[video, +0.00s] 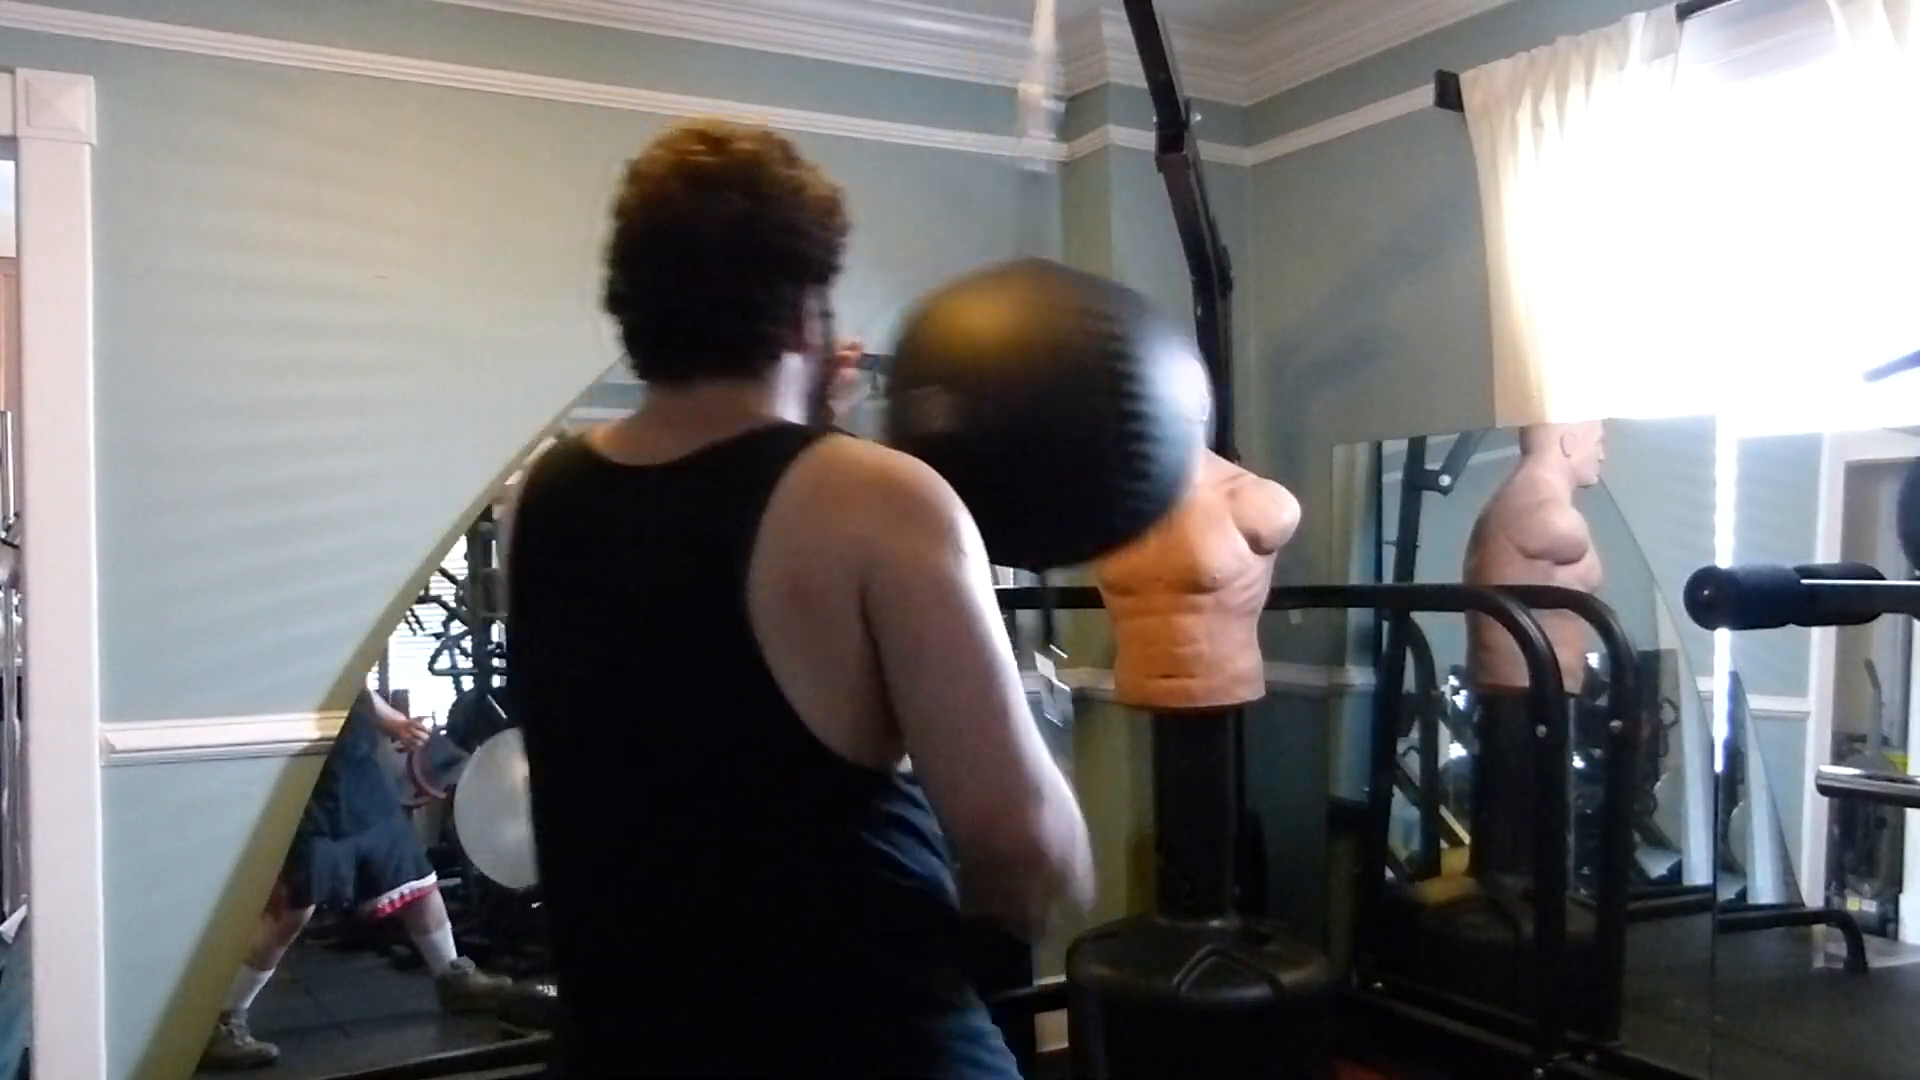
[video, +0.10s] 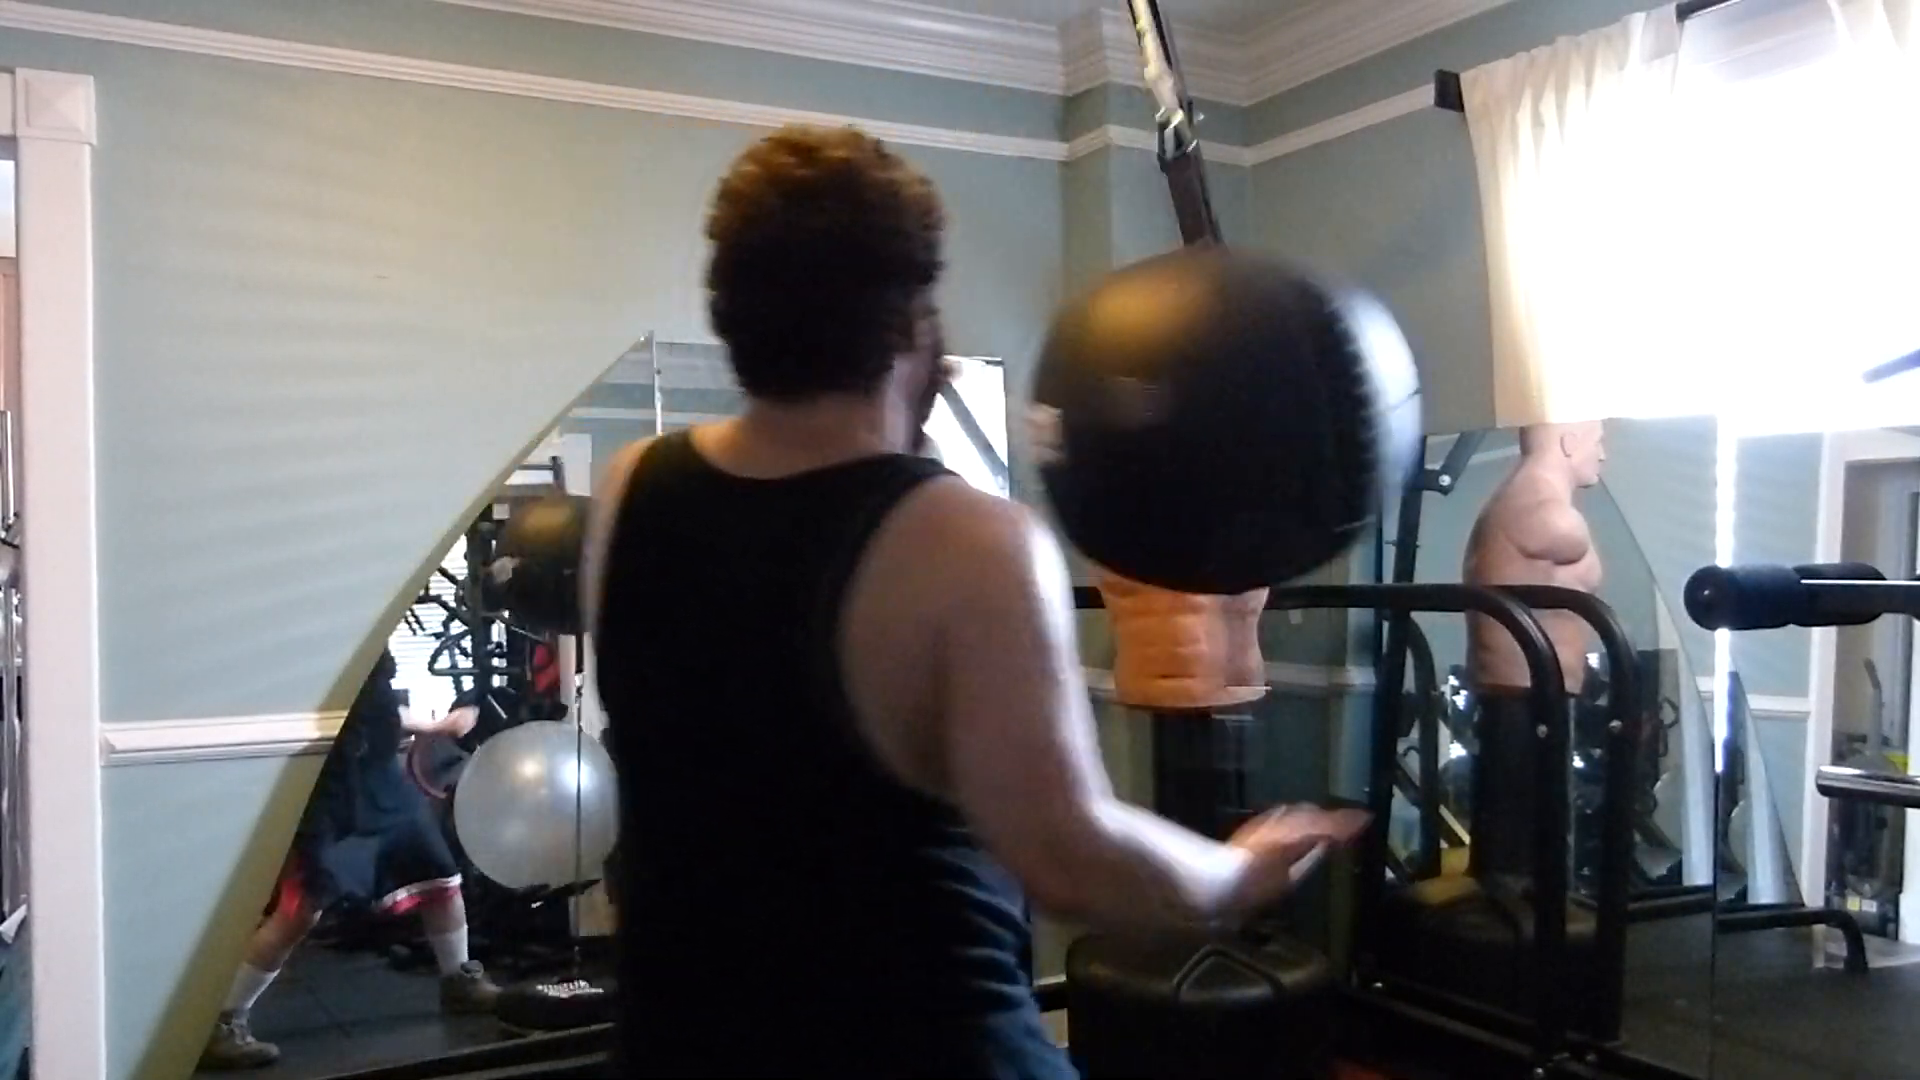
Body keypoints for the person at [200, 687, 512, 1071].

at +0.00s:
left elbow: (345, 671)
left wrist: (386, 717)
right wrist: (382, 715)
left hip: (359, 768)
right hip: (302, 779)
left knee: (416, 878)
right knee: (292, 906)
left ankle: (454, 976)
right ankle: (227, 1021)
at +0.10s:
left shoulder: (372, 642)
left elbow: (378, 715)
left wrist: (434, 727)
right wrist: (438, 726)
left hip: (386, 784)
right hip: (329, 791)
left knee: (442, 880)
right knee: (298, 911)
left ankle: (458, 981)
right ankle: (225, 1023)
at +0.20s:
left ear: (391, 584)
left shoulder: (401, 633)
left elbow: (459, 681)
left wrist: (507, 644)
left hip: (401, 790)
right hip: (334, 796)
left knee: (457, 877)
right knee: (314, 906)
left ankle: (464, 980)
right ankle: (230, 1016)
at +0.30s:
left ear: (404, 571)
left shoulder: (412, 620)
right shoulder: (326, 622)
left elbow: (462, 679)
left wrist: (472, 619)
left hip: (415, 773)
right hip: (337, 777)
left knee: (465, 883)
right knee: (320, 897)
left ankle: (463, 980)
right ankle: (242, 1009)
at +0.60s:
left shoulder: (390, 605)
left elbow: (431, 682)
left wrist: (397, 621)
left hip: (395, 769)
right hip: (315, 778)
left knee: (445, 883)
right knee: (297, 901)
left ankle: (461, 979)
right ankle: (242, 1016)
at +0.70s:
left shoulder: (371, 589)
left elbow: (418, 667)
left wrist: (371, 608)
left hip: (377, 764)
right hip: (303, 777)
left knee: (433, 881)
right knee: (292, 898)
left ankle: (459, 980)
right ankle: (242, 1016)